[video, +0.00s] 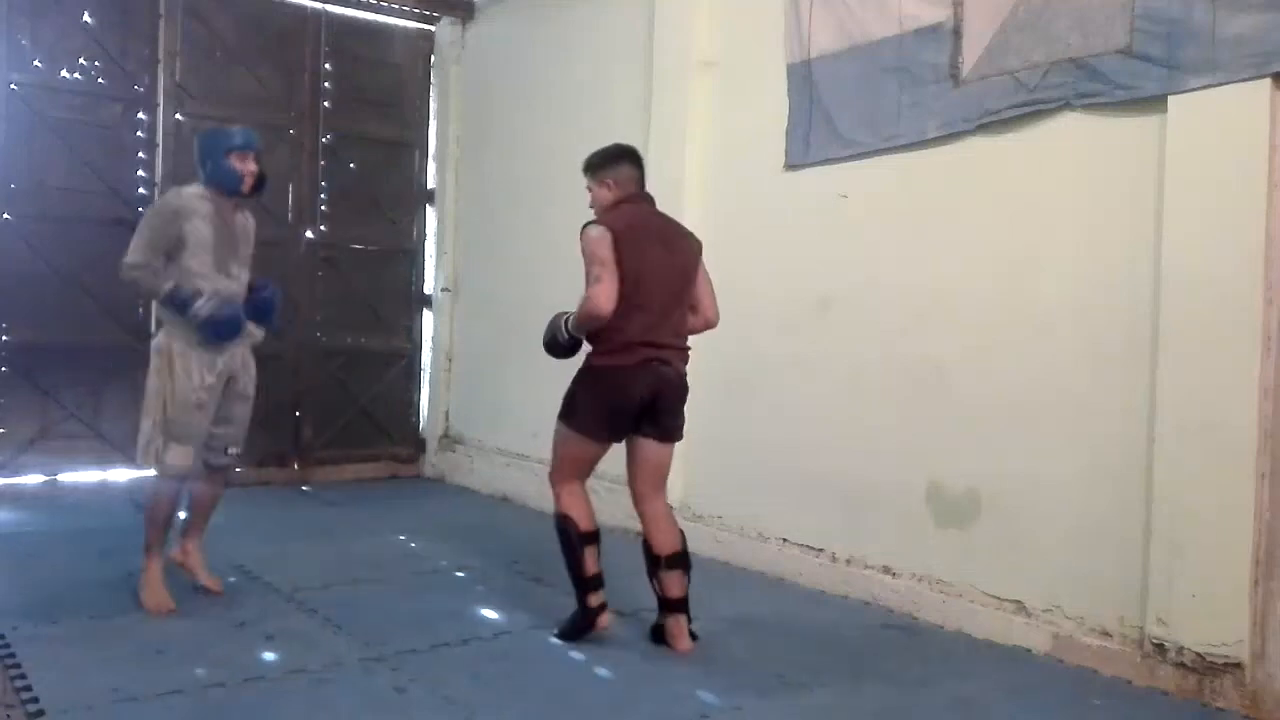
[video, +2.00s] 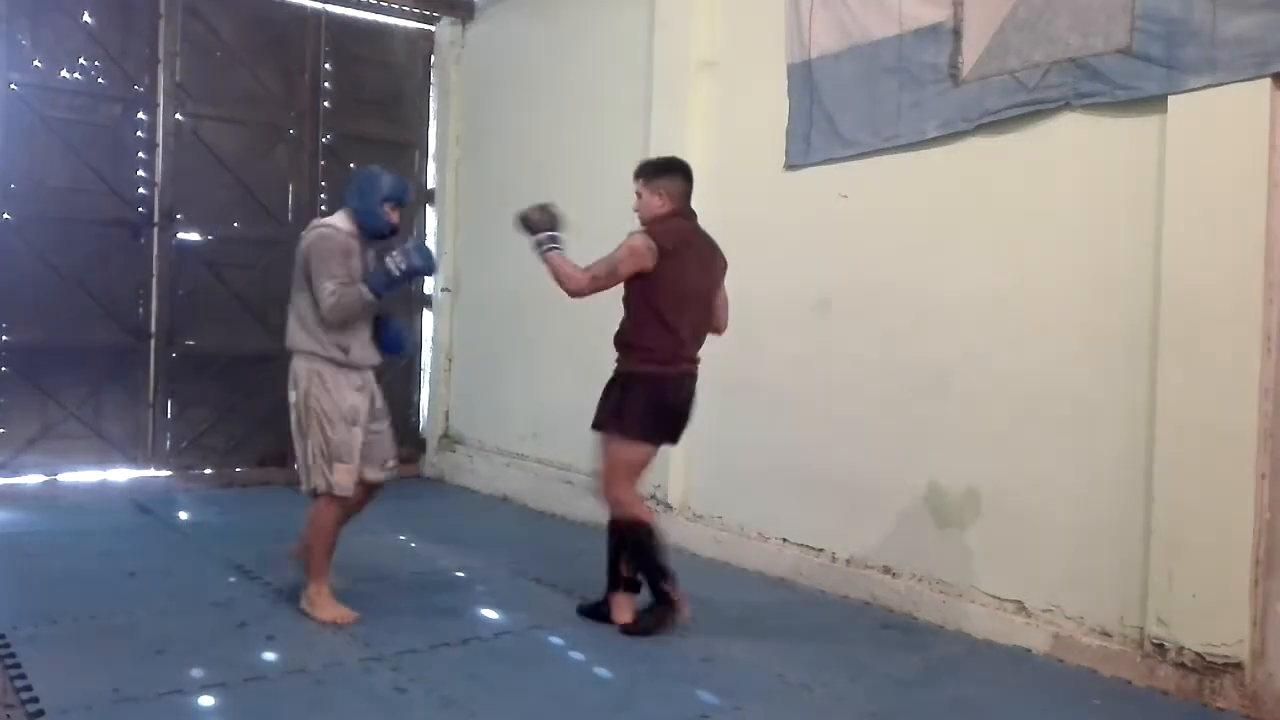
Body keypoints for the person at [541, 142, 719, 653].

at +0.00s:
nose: (590, 199)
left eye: (591, 191)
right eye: (588, 191)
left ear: (609, 187)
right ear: (639, 186)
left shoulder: (602, 230)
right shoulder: (684, 237)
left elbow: (601, 304)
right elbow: (706, 315)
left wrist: (569, 328)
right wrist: (653, 325)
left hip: (610, 379)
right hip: (667, 384)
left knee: (568, 479)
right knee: (652, 494)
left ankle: (592, 606)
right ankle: (677, 624)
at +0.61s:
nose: (647, 221)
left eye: (650, 210)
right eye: (646, 211)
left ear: (675, 206)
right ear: (688, 205)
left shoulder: (684, 248)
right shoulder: (722, 245)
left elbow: (645, 319)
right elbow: (697, 313)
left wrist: (629, 273)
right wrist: (650, 273)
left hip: (684, 384)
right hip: (724, 384)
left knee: (630, 479)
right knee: (703, 485)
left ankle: (636, 608)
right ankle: (750, 594)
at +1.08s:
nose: (677, 210)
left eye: (682, 200)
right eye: (676, 201)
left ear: (709, 196)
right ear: (710, 197)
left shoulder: (724, 240)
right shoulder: (736, 232)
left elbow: (731, 311)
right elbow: (731, 302)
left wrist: (679, 295)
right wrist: (685, 301)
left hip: (713, 368)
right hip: (743, 368)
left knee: (657, 457)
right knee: (733, 471)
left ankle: (694, 571)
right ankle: (769, 579)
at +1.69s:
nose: (643, 203)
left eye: (648, 193)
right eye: (643, 193)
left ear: (675, 194)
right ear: (682, 196)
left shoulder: (675, 240)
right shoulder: (709, 238)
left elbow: (652, 315)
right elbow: (693, 309)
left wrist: (620, 289)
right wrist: (639, 303)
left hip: (662, 380)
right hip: (698, 379)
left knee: (635, 483)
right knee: (697, 478)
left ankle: (661, 603)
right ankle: (754, 575)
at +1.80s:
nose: (635, 186)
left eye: (640, 177)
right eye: (636, 177)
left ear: (663, 178)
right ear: (678, 179)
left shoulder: (660, 220)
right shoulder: (709, 227)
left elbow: (644, 296)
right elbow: (716, 308)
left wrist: (608, 269)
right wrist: (644, 299)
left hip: (656, 362)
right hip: (693, 360)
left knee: (648, 478)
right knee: (669, 469)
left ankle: (658, 598)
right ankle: (709, 570)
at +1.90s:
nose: (632, 187)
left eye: (636, 178)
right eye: (632, 178)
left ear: (658, 178)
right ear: (675, 179)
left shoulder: (654, 217)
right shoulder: (708, 227)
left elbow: (606, 287)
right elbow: (719, 306)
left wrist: (582, 249)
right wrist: (665, 282)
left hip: (652, 360)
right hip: (688, 359)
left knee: (650, 480)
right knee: (646, 476)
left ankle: (671, 596)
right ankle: (643, 588)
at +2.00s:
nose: (635, 203)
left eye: (641, 195)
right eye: (636, 194)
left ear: (663, 196)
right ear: (678, 198)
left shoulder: (647, 243)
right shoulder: (709, 250)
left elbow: (577, 283)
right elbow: (718, 322)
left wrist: (545, 240)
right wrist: (668, 294)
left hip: (641, 381)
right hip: (676, 383)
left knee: (618, 488)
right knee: (622, 486)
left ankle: (668, 595)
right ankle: (619, 600)